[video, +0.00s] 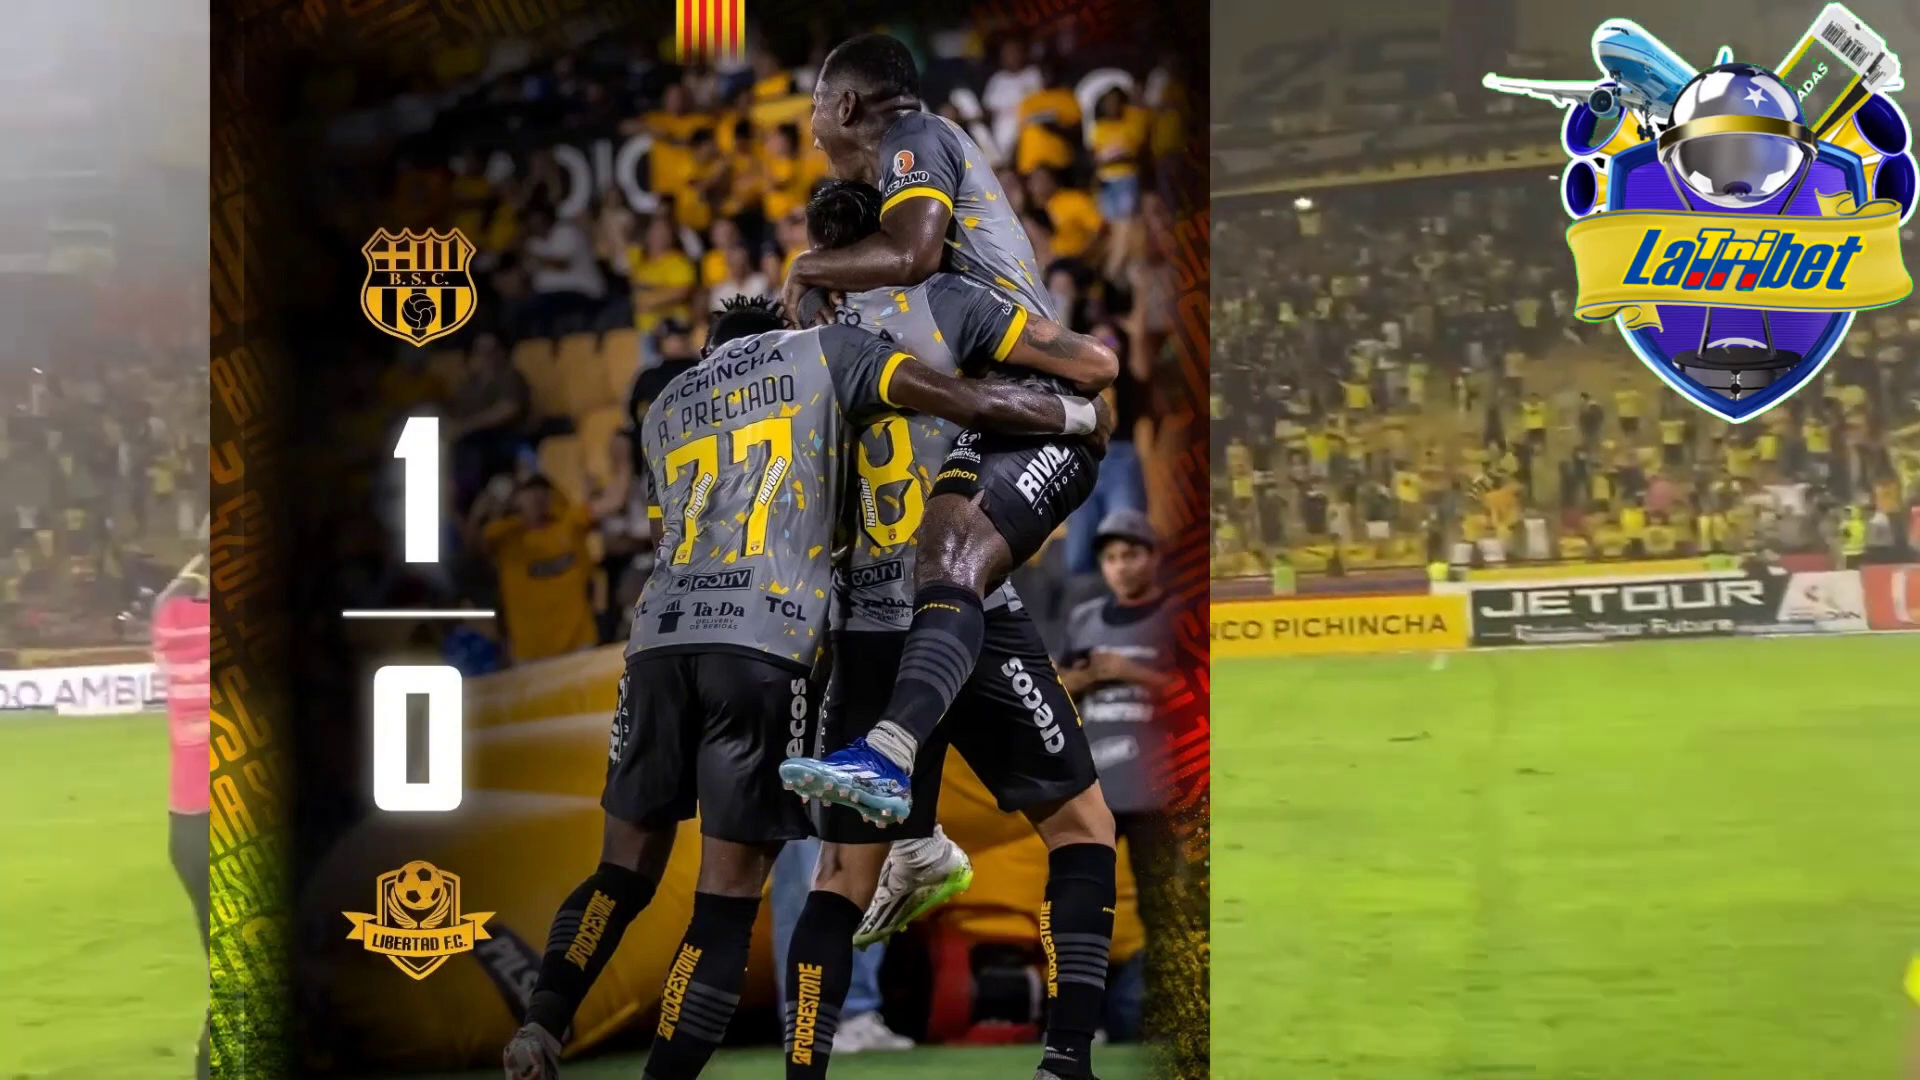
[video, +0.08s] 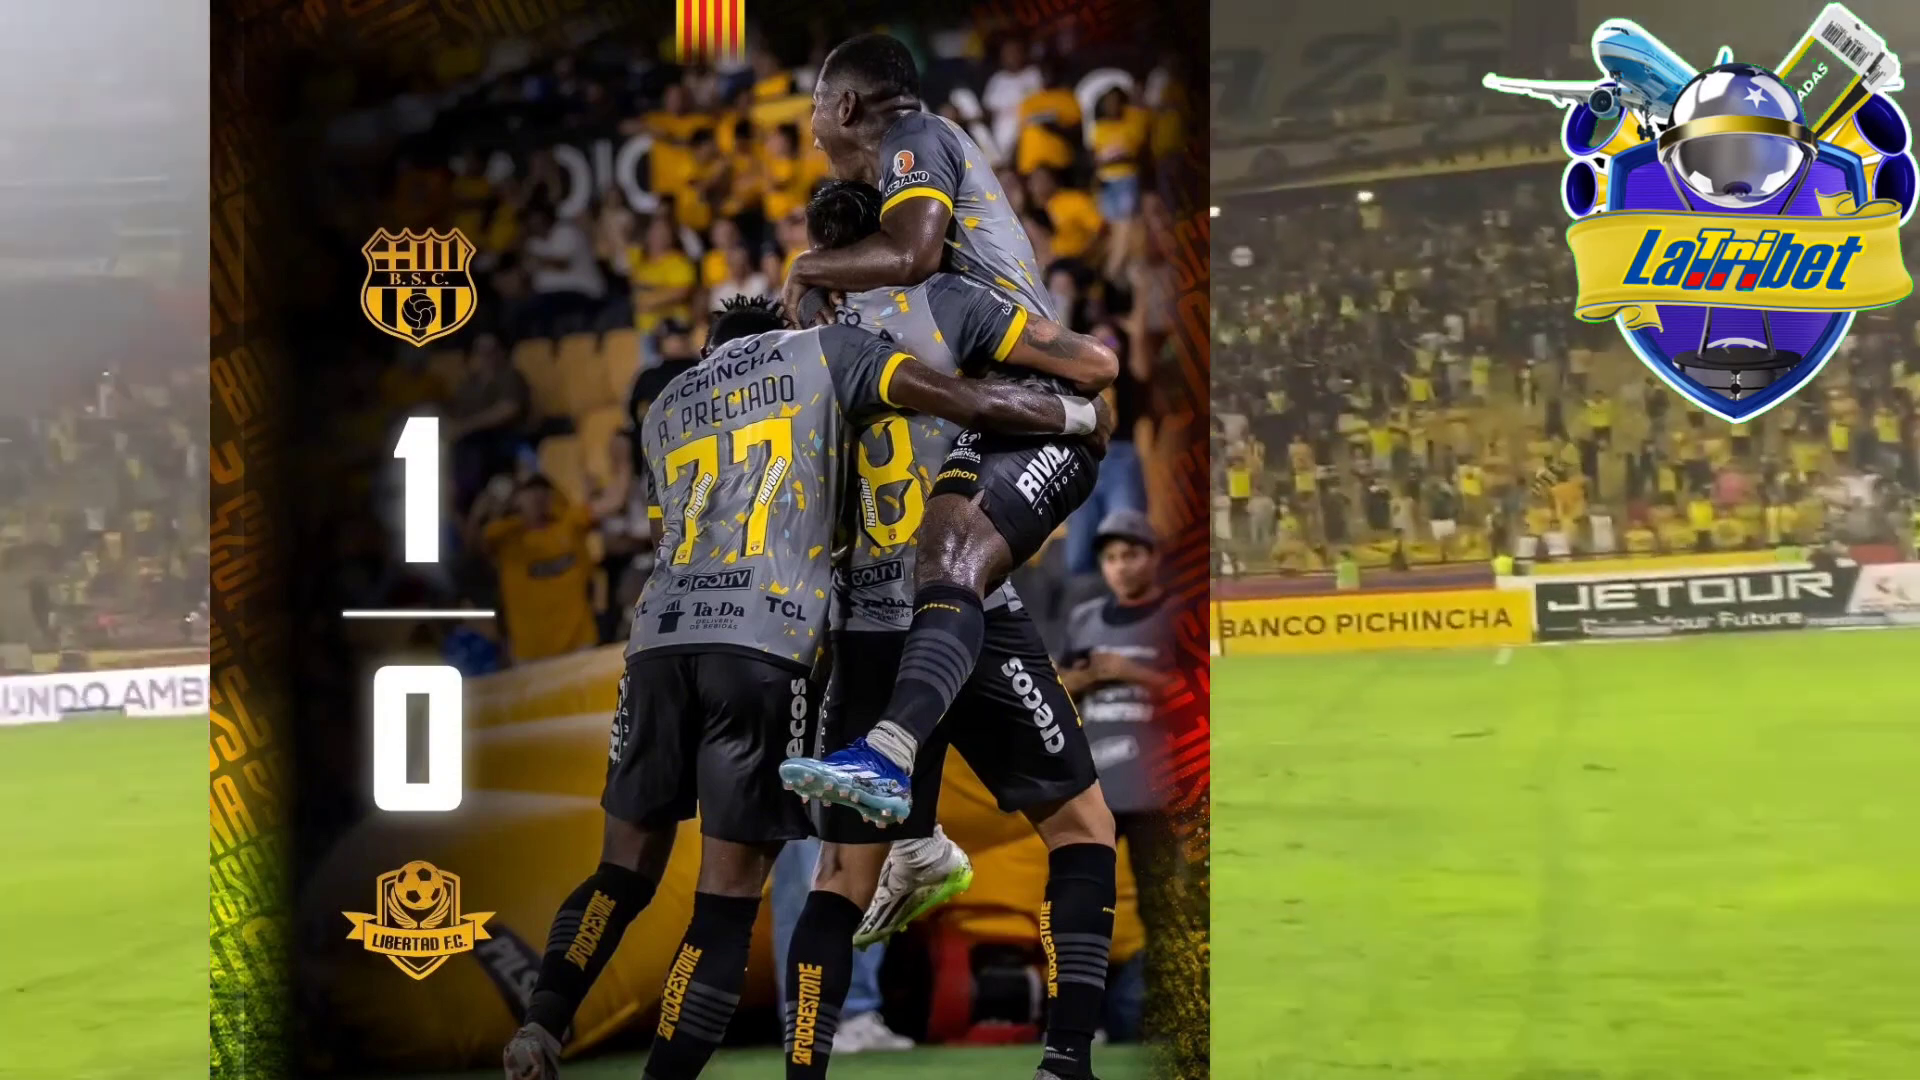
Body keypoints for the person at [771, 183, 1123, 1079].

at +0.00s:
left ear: (822, 252)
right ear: (900, 236)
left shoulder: (803, 329)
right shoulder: (951, 295)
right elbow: (1092, 367)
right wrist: (1079, 348)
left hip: (854, 615)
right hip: (964, 613)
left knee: (848, 861)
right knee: (1081, 826)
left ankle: (801, 1064)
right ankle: (1067, 1058)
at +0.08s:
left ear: (821, 255)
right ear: (901, 238)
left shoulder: (801, 331)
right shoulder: (952, 297)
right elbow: (1092, 366)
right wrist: (1076, 353)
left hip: (852, 618)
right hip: (964, 614)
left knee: (848, 861)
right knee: (1082, 827)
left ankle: (801, 1063)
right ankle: (1067, 1056)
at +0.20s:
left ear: (817, 250)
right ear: (897, 233)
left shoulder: (799, 330)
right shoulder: (948, 293)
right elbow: (1086, 366)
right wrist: (1097, 357)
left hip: (851, 618)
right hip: (962, 614)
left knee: (848, 861)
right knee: (1082, 827)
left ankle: (802, 1062)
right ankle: (1066, 1060)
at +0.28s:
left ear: (821, 255)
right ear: (900, 239)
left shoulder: (801, 331)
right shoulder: (952, 297)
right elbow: (1092, 366)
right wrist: (1074, 352)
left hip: (852, 618)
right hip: (964, 615)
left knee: (848, 861)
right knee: (1082, 827)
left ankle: (801, 1063)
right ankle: (1067, 1056)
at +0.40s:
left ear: (821, 255)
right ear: (899, 237)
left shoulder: (803, 332)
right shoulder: (949, 296)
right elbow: (1092, 367)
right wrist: (1077, 347)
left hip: (854, 616)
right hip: (963, 613)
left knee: (849, 860)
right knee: (1081, 825)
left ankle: (801, 1064)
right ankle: (1066, 1060)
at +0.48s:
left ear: (821, 255)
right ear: (900, 238)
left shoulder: (800, 331)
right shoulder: (952, 297)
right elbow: (1092, 366)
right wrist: (1076, 353)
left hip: (852, 618)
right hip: (964, 615)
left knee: (848, 861)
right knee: (1082, 827)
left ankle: (801, 1064)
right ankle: (1067, 1057)